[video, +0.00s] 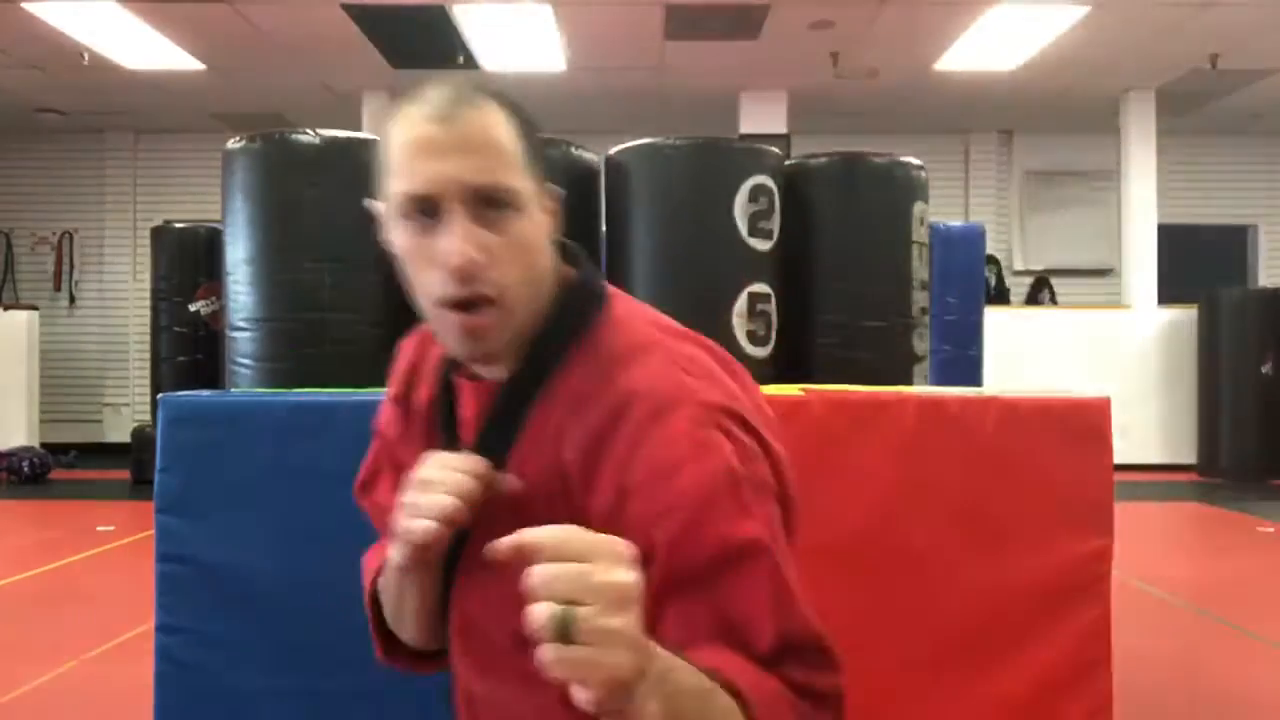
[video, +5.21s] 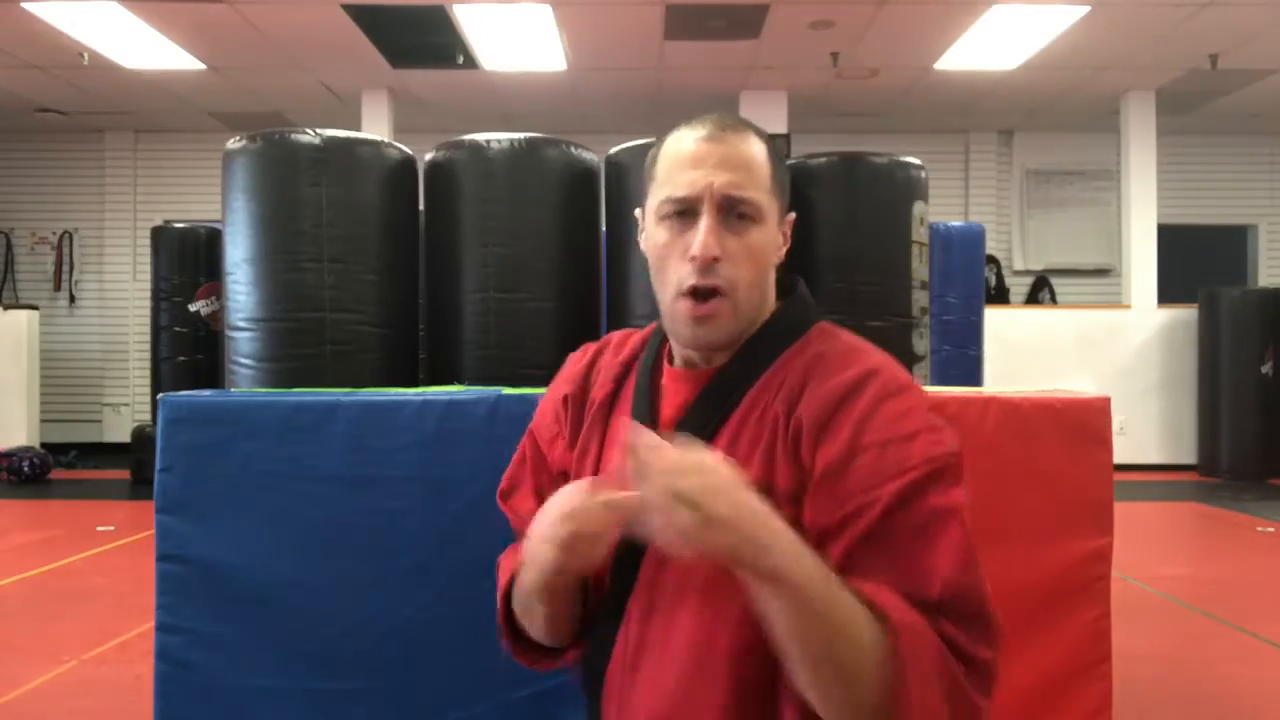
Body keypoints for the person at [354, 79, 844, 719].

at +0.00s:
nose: (460, 255)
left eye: (492, 208)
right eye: (423, 214)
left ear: (550, 215)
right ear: (386, 235)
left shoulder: (672, 410)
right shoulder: (425, 367)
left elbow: (790, 698)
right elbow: (415, 635)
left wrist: (645, 677)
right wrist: (414, 566)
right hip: (491, 706)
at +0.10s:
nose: (518, 274)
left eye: (550, 230)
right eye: (484, 236)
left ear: (603, 238)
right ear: (443, 252)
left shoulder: (712, 435)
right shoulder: (472, 379)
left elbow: (806, 702)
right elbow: (439, 644)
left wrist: (675, 683)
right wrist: (450, 566)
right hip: (520, 706)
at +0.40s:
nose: (623, 280)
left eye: (653, 241)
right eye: (593, 244)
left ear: (696, 250)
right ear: (553, 258)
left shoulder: (791, 436)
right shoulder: (559, 387)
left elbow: (886, 700)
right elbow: (507, 633)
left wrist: (759, 661)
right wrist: (535, 545)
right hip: (564, 703)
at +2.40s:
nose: (690, 262)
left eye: (722, 229)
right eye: (664, 227)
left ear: (767, 244)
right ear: (624, 239)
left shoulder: (848, 436)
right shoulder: (605, 391)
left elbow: (917, 706)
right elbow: (538, 627)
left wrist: (818, 629)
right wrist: (573, 549)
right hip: (594, 707)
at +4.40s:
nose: (665, 274)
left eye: (707, 240)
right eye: (649, 233)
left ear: (761, 260)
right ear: (621, 241)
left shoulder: (841, 440)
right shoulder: (599, 389)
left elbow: (931, 705)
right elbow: (534, 632)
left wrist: (817, 650)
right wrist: (567, 557)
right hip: (588, 706)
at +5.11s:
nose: (692, 256)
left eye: (727, 228)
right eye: (671, 222)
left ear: (775, 253)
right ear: (636, 238)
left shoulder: (851, 419)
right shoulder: (598, 384)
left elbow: (958, 700)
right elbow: (537, 638)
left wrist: (847, 643)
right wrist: (566, 557)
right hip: (608, 704)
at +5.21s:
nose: (705, 246)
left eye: (736, 215)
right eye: (679, 215)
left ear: (782, 237)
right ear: (644, 237)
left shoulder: (867, 405)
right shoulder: (592, 379)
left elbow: (929, 701)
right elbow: (542, 636)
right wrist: (547, 564)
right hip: (627, 704)